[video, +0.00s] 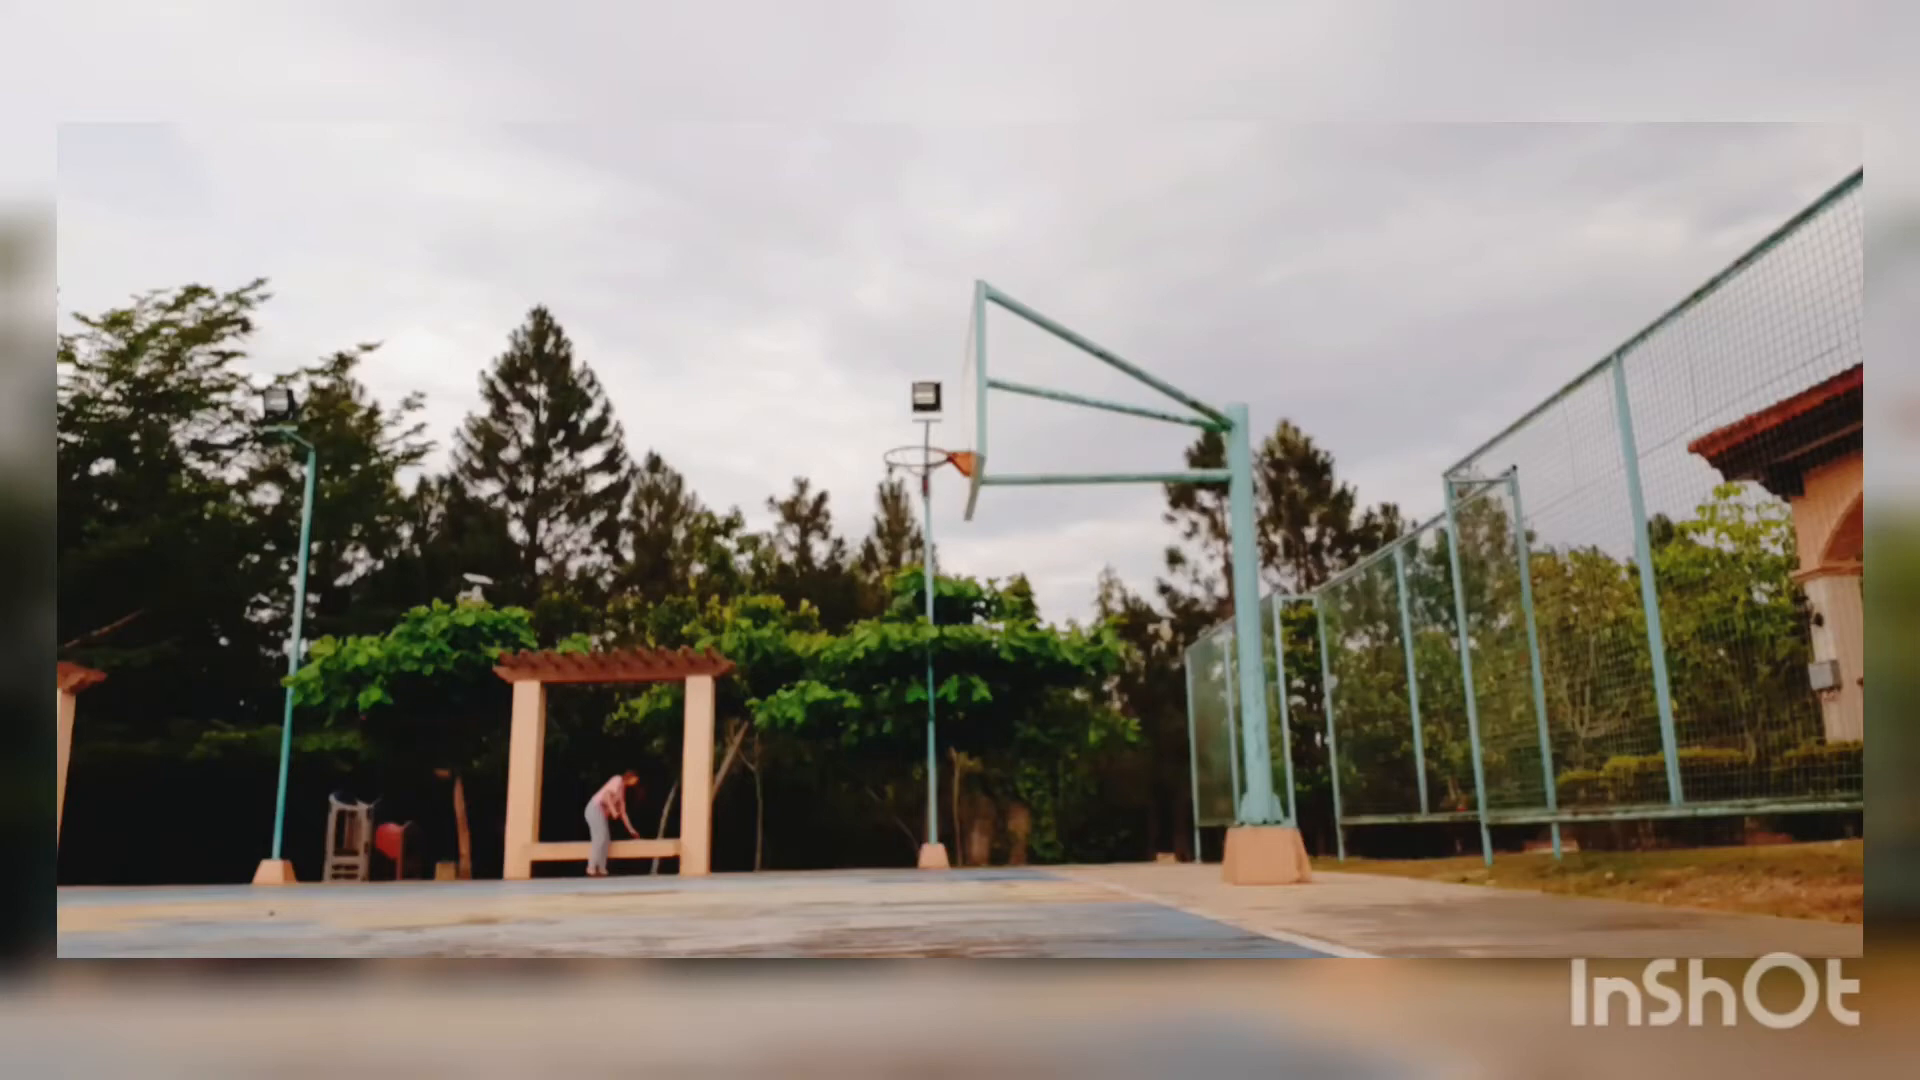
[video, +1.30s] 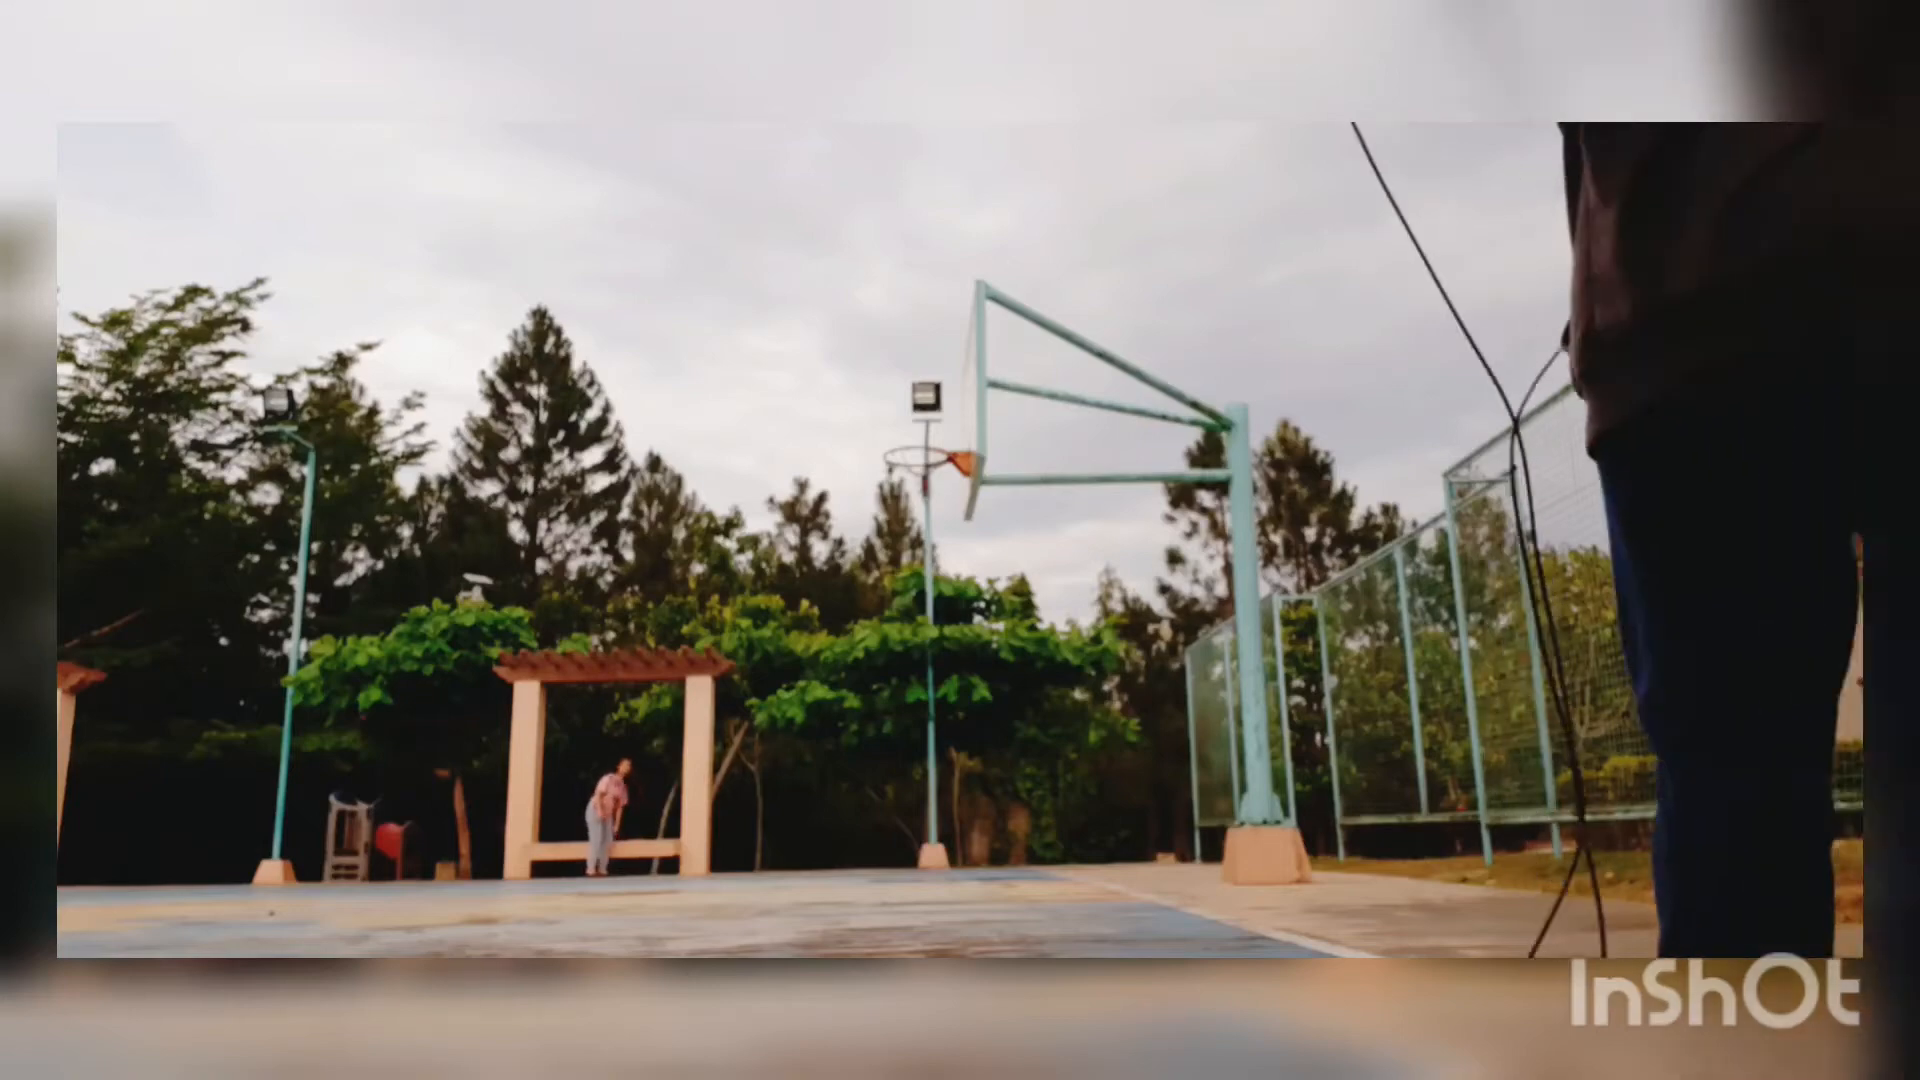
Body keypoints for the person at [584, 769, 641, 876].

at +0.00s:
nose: (634, 783)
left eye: (635, 781)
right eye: (634, 780)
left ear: (631, 779)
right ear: (629, 776)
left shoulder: (621, 789)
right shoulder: (617, 780)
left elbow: (622, 812)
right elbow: (606, 794)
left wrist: (631, 829)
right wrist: (613, 811)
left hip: (602, 811)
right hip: (595, 808)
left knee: (605, 838)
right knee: (600, 837)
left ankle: (601, 867)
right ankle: (592, 866)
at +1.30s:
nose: (625, 769)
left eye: (628, 766)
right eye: (624, 765)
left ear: (629, 769)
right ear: (619, 766)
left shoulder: (623, 787)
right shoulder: (608, 778)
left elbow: (619, 807)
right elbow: (598, 794)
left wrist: (617, 824)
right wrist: (600, 810)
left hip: (608, 812)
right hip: (596, 808)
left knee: (608, 839)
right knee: (596, 837)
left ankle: (602, 867)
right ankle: (591, 867)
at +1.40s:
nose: (619, 767)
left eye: (622, 764)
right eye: (618, 763)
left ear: (625, 768)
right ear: (614, 765)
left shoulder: (622, 786)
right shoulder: (604, 779)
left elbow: (621, 806)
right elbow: (596, 796)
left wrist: (617, 822)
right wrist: (597, 812)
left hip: (609, 812)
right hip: (596, 808)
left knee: (610, 840)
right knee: (596, 838)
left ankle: (603, 868)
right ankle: (591, 868)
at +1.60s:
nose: (605, 766)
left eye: (608, 764)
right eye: (605, 764)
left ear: (614, 767)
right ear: (603, 766)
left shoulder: (618, 784)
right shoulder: (596, 782)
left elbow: (621, 805)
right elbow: (593, 799)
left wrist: (618, 821)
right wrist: (596, 814)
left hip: (611, 813)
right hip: (596, 812)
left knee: (611, 840)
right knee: (596, 839)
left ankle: (604, 867)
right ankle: (596, 867)